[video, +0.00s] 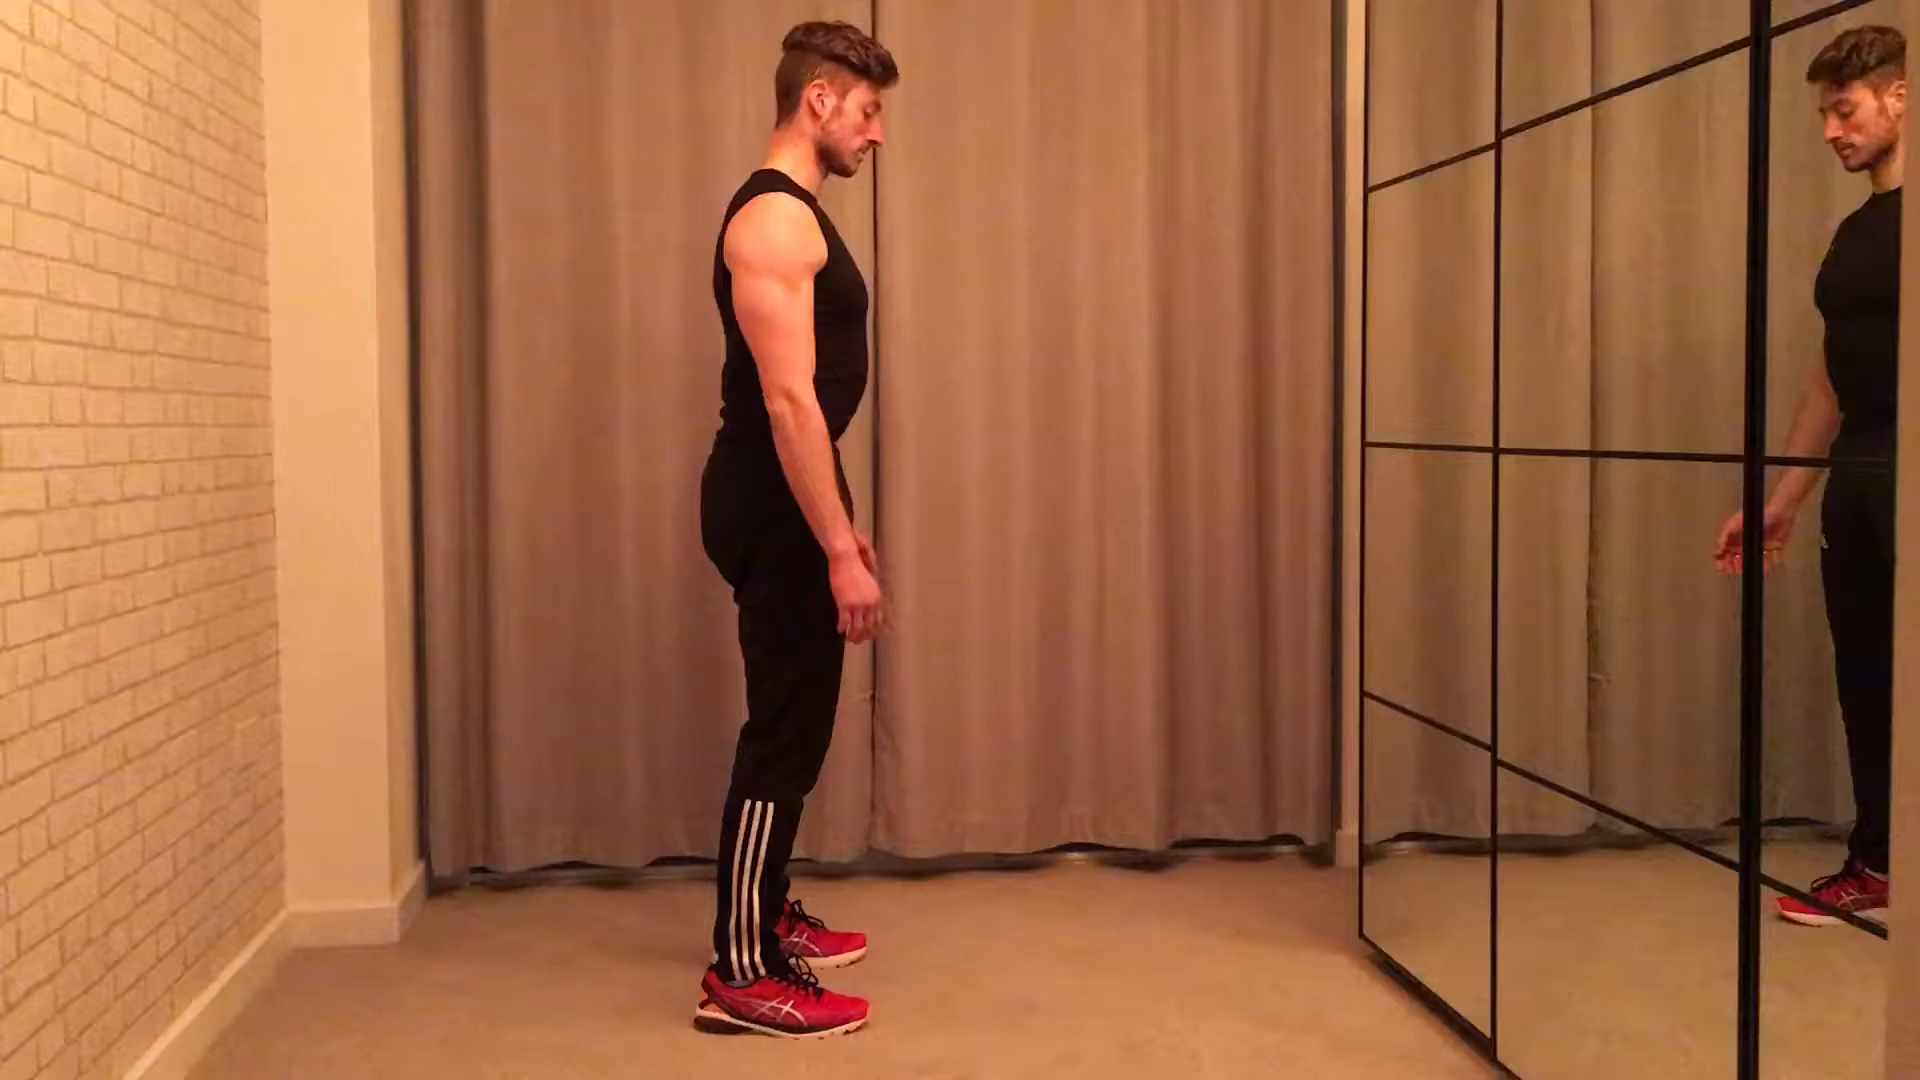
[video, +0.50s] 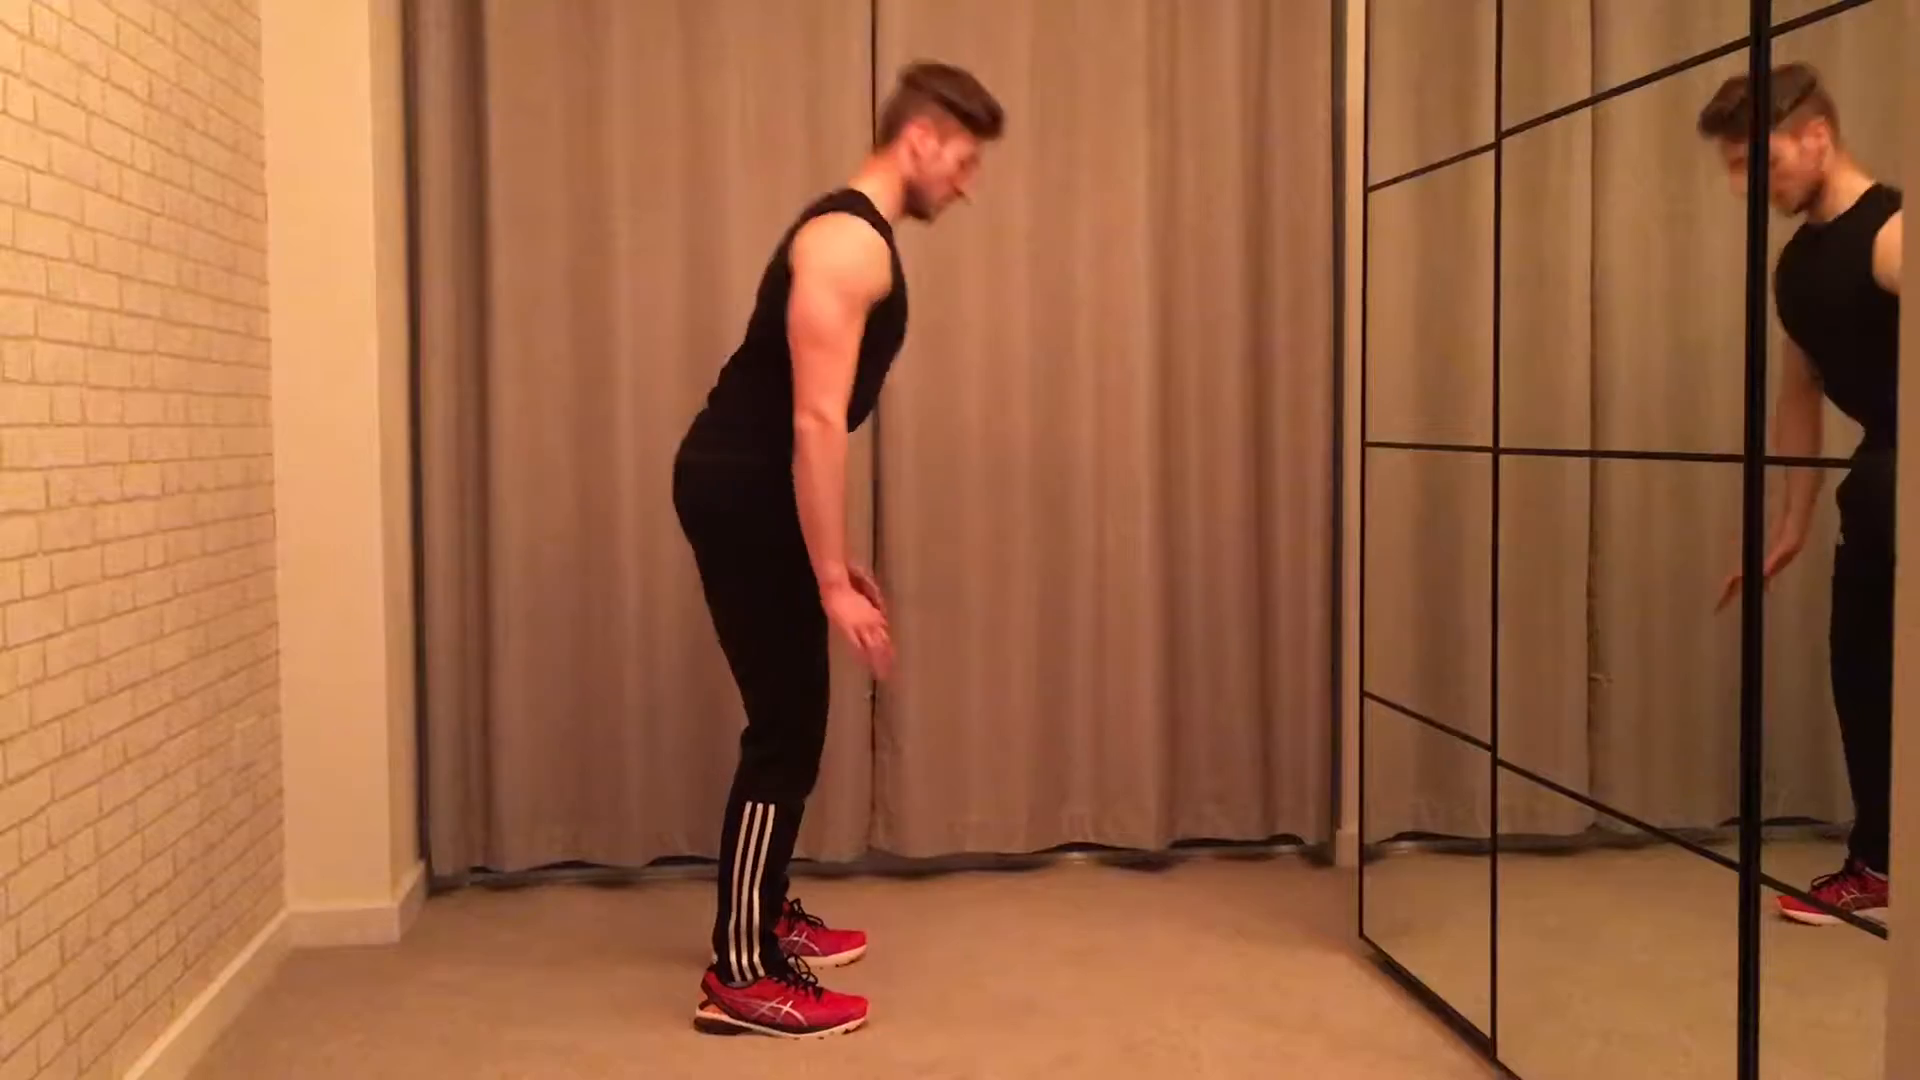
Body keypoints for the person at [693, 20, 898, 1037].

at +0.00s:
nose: (877, 133)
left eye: (879, 115)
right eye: (871, 112)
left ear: (818, 105)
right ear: (819, 100)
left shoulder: (787, 207)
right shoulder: (774, 218)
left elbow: (798, 400)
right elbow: (789, 404)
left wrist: (844, 539)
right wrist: (843, 551)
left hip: (785, 494)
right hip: (775, 501)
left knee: (791, 727)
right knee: (786, 734)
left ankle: (765, 923)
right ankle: (741, 974)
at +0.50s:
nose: (970, 181)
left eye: (977, 164)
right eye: (967, 159)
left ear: (920, 141)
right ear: (920, 136)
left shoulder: (864, 236)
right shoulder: (846, 242)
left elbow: (821, 423)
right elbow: (815, 422)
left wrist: (838, 560)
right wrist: (832, 579)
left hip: (760, 479)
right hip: (741, 487)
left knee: (794, 714)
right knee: (787, 719)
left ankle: (766, 919)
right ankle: (739, 974)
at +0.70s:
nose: (1052, 368)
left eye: (1061, 353)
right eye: (1053, 346)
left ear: (1014, 319)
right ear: (1011, 312)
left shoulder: (919, 374)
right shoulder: (911, 384)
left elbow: (879, 564)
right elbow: (881, 563)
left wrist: (896, 702)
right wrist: (894, 720)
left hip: (731, 517)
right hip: (704, 516)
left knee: (821, 717)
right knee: (814, 724)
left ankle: (770, 916)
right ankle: (743, 967)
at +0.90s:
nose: (1075, 578)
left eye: (1086, 566)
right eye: (1081, 558)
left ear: (1043, 519)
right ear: (1048, 522)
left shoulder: (954, 546)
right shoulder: (950, 576)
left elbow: (972, 743)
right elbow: (976, 773)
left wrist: (1001, 860)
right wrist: (1022, 932)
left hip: (713, 569)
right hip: (696, 581)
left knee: (869, 732)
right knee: (871, 746)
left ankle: (766, 919)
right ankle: (752, 966)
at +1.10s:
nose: (1074, 715)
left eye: (1085, 704)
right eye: (1081, 698)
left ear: (1049, 657)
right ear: (1053, 663)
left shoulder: (991, 644)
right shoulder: (975, 663)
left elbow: (1006, 800)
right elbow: (1000, 852)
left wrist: (1029, 927)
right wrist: (1041, 1007)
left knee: (824, 726)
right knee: (822, 733)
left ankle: (770, 916)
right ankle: (743, 972)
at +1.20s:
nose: (1067, 739)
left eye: (1082, 734)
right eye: (1086, 727)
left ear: (1076, 675)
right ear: (1076, 685)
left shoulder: (1012, 647)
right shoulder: (1005, 663)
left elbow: (1009, 816)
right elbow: (1014, 848)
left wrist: (1028, 920)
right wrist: (1042, 1008)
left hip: (807, 467)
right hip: (807, 478)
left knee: (780, 701)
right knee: (812, 726)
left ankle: (625, 852)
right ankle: (630, 902)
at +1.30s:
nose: (1125, 743)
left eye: (1144, 739)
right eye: (1145, 731)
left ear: (1134, 676)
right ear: (1135, 685)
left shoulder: (1061, 650)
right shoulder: (1048, 674)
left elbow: (1033, 815)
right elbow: (1035, 848)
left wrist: (1039, 915)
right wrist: (1046, 1012)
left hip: (839, 511)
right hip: (838, 520)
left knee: (726, 712)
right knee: (735, 754)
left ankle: (511, 810)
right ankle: (491, 820)